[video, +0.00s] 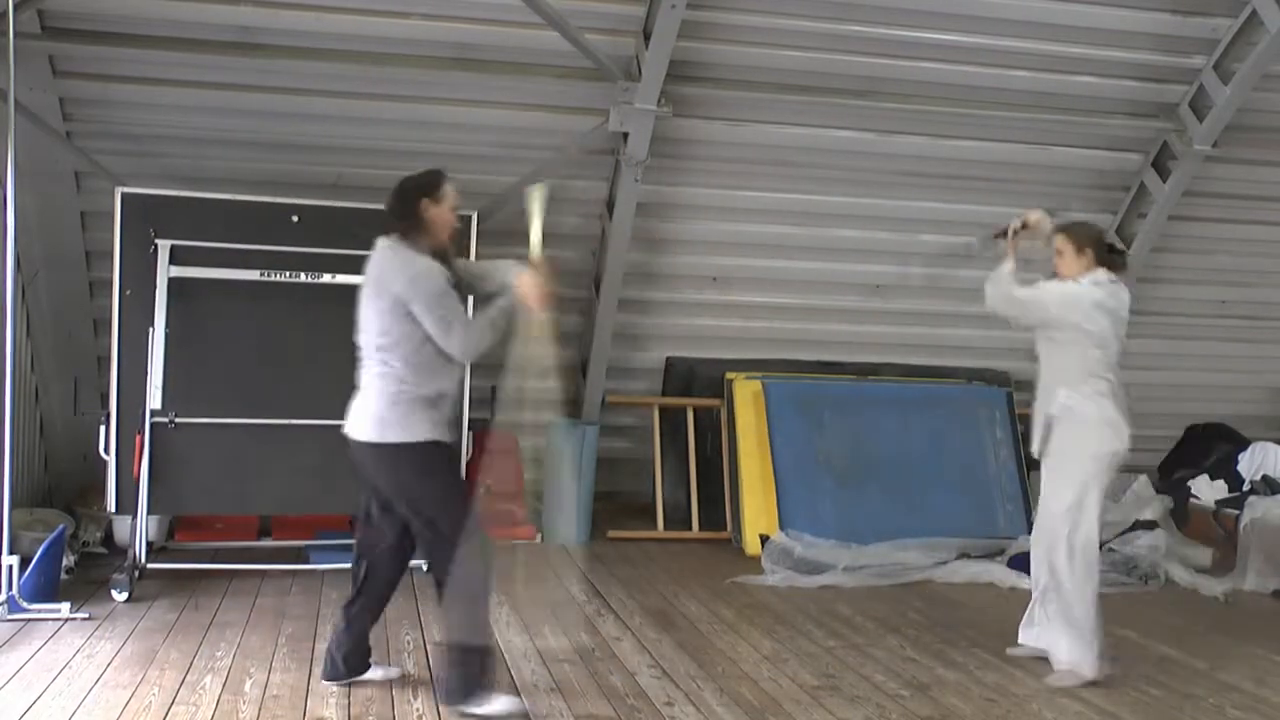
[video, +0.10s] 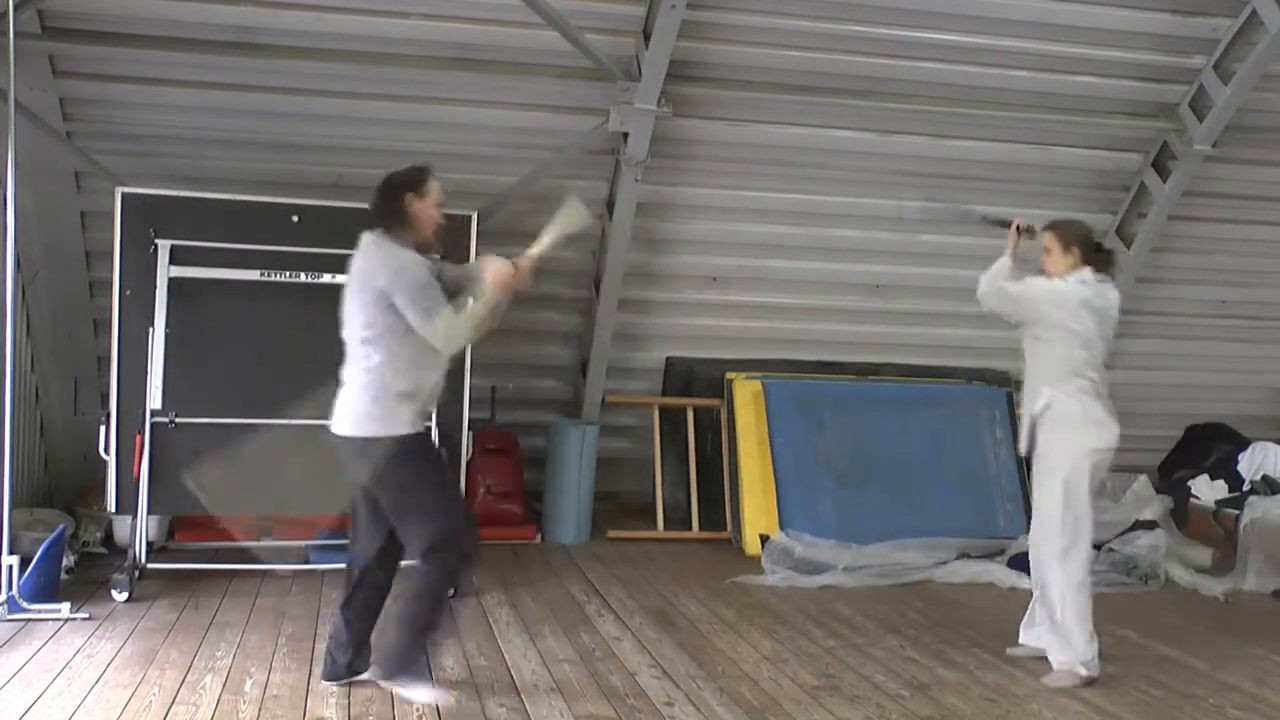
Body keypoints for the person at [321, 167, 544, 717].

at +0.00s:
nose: (457, 217)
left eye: (455, 207)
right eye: (450, 207)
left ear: (417, 211)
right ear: (424, 210)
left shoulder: (388, 256)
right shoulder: (416, 271)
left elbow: (466, 277)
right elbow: (465, 342)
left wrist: (520, 276)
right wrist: (513, 298)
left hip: (373, 431)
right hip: (408, 439)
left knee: (384, 550)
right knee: (464, 549)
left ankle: (345, 661)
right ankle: (466, 686)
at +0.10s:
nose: (442, 213)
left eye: (440, 204)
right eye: (435, 203)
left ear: (405, 206)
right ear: (409, 205)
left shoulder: (375, 251)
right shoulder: (401, 265)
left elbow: (452, 276)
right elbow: (449, 336)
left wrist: (506, 276)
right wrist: (493, 291)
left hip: (362, 426)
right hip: (389, 432)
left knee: (377, 549)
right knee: (445, 541)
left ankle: (343, 661)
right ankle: (402, 665)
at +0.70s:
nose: (359, 201)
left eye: (359, 192)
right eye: (353, 190)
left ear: (329, 191)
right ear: (322, 188)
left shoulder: (340, 261)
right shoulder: (275, 234)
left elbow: (375, 333)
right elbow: (351, 254)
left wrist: (422, 287)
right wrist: (422, 235)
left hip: (318, 426)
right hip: (271, 420)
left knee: (350, 532)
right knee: (271, 562)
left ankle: (292, 650)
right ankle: (247, 703)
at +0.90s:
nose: (349, 203)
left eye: (349, 193)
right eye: (342, 191)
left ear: (319, 195)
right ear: (311, 193)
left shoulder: (326, 273)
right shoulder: (272, 243)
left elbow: (363, 343)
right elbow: (341, 293)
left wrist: (415, 293)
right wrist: (423, 285)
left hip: (297, 432)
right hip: (258, 425)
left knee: (307, 555)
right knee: (278, 560)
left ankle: (269, 668)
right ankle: (246, 703)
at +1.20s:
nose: (342, 218)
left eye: (339, 208)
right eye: (333, 208)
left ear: (303, 217)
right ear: (302, 215)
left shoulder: (306, 281)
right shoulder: (275, 269)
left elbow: (337, 354)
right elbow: (294, 367)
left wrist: (389, 389)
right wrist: (364, 411)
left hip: (262, 434)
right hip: (228, 428)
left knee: (296, 531)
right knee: (263, 555)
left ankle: (240, 646)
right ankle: (252, 707)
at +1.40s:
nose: (322, 231)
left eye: (324, 221)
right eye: (318, 218)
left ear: (289, 210)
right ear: (289, 209)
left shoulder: (270, 255)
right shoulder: (255, 252)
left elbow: (347, 274)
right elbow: (340, 294)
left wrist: (414, 256)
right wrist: (411, 259)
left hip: (247, 420)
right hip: (229, 421)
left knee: (267, 532)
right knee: (277, 531)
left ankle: (241, 643)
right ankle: (210, 652)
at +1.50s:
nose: (328, 229)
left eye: (329, 220)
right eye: (326, 219)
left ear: (294, 209)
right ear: (302, 209)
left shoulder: (252, 241)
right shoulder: (265, 236)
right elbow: (348, 235)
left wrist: (379, 186)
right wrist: (382, 178)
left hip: (226, 412)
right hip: (234, 413)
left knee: (252, 524)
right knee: (300, 503)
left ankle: (237, 645)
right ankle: (190, 551)